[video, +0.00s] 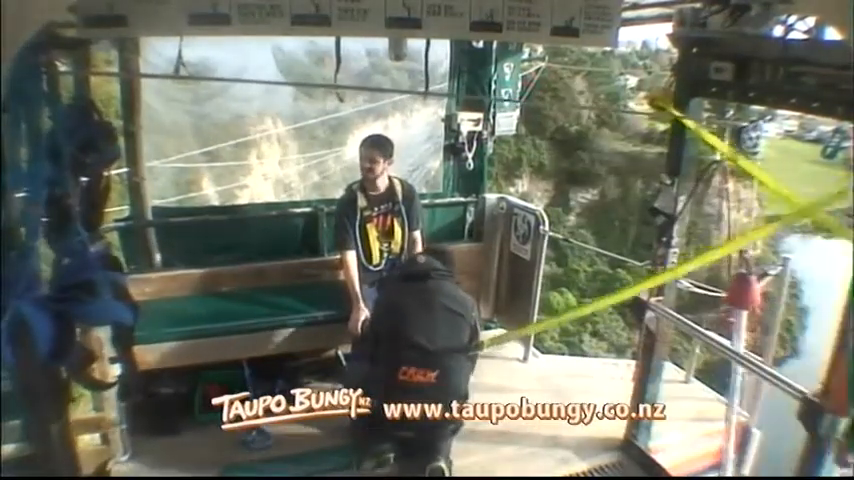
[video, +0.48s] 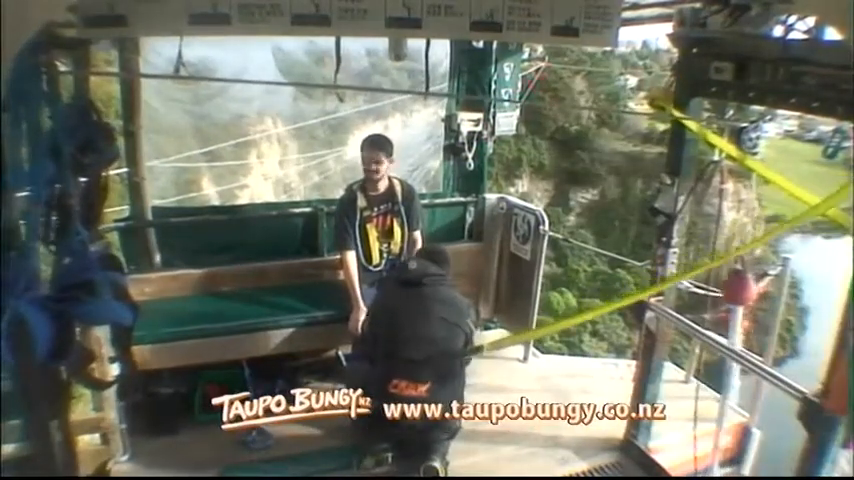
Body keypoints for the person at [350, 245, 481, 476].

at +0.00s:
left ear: (409, 267)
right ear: (449, 271)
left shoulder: (390, 293)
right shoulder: (465, 301)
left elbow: (369, 345)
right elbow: (472, 352)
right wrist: (460, 381)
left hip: (392, 394)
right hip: (446, 397)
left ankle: (378, 445)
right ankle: (439, 458)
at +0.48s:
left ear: (414, 263)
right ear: (445, 270)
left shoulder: (387, 295)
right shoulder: (461, 305)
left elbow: (366, 345)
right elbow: (464, 352)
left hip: (388, 403)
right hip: (439, 406)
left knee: (355, 372)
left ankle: (377, 445)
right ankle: (436, 455)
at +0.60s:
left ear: (412, 264)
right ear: (443, 270)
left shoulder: (384, 296)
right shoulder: (458, 306)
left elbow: (365, 347)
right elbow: (462, 354)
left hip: (386, 406)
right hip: (436, 409)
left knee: (354, 370)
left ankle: (376, 446)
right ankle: (436, 455)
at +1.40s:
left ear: (414, 275)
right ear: (444, 282)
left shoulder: (384, 307)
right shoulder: (458, 315)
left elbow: (368, 355)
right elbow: (466, 371)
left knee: (352, 372)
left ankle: (375, 452)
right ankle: (437, 458)